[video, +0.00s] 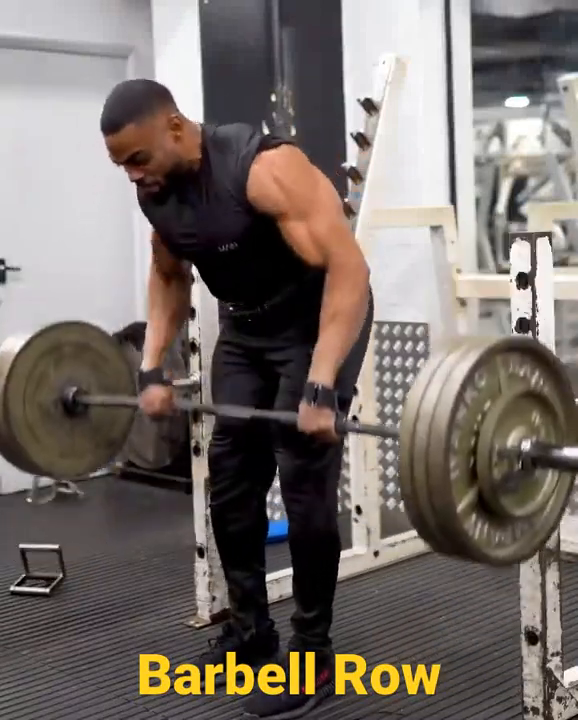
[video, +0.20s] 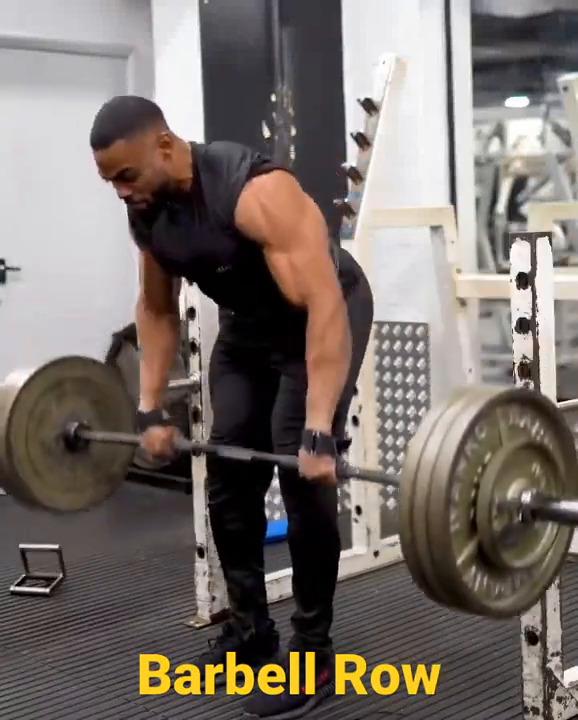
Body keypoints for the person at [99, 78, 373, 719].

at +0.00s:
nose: (133, 176)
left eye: (139, 159)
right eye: (124, 165)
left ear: (178, 128)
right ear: (120, 154)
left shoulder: (268, 167)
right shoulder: (158, 192)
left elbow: (350, 271)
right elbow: (169, 276)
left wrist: (320, 385)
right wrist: (153, 367)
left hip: (316, 331)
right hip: (245, 338)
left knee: (305, 488)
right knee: (230, 484)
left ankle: (311, 649)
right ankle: (250, 628)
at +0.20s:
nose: (121, 192)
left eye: (126, 175)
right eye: (112, 181)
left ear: (167, 146)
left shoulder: (259, 190)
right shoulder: (148, 213)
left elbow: (326, 305)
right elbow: (157, 310)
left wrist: (319, 431)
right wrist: (151, 409)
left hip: (321, 317)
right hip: (249, 327)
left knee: (302, 462)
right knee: (229, 469)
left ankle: (312, 647)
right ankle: (249, 627)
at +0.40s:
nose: (111, 213)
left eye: (116, 196)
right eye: (102, 202)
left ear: (156, 165)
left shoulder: (254, 220)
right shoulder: (142, 239)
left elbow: (311, 344)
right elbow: (151, 340)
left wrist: (318, 472)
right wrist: (152, 443)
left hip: (323, 310)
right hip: (247, 321)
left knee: (295, 468)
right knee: (219, 467)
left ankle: (310, 648)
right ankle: (248, 625)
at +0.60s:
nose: (103, 231)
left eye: (110, 214)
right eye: (95, 218)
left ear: (152, 188)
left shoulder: (252, 247)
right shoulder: (138, 259)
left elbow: (294, 378)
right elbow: (152, 368)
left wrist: (316, 502)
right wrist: (153, 473)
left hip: (329, 314)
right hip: (249, 323)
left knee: (296, 469)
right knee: (217, 464)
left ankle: (310, 649)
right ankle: (249, 627)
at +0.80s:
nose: (102, 237)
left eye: (110, 220)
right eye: (94, 223)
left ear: (155, 201)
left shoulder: (252, 262)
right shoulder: (136, 269)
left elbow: (291, 397)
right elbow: (151, 382)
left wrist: (312, 520)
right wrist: (148, 486)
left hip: (330, 320)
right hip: (249, 329)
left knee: (289, 475)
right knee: (214, 471)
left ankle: (308, 649)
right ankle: (247, 628)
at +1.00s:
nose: (106, 220)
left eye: (114, 203)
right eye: (98, 206)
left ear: (159, 183)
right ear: (96, 198)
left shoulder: (248, 237)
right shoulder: (140, 252)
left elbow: (298, 366)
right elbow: (148, 358)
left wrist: (308, 492)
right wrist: (146, 464)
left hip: (331, 313)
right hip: (249, 328)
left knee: (296, 477)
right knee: (223, 471)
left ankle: (308, 650)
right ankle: (248, 629)